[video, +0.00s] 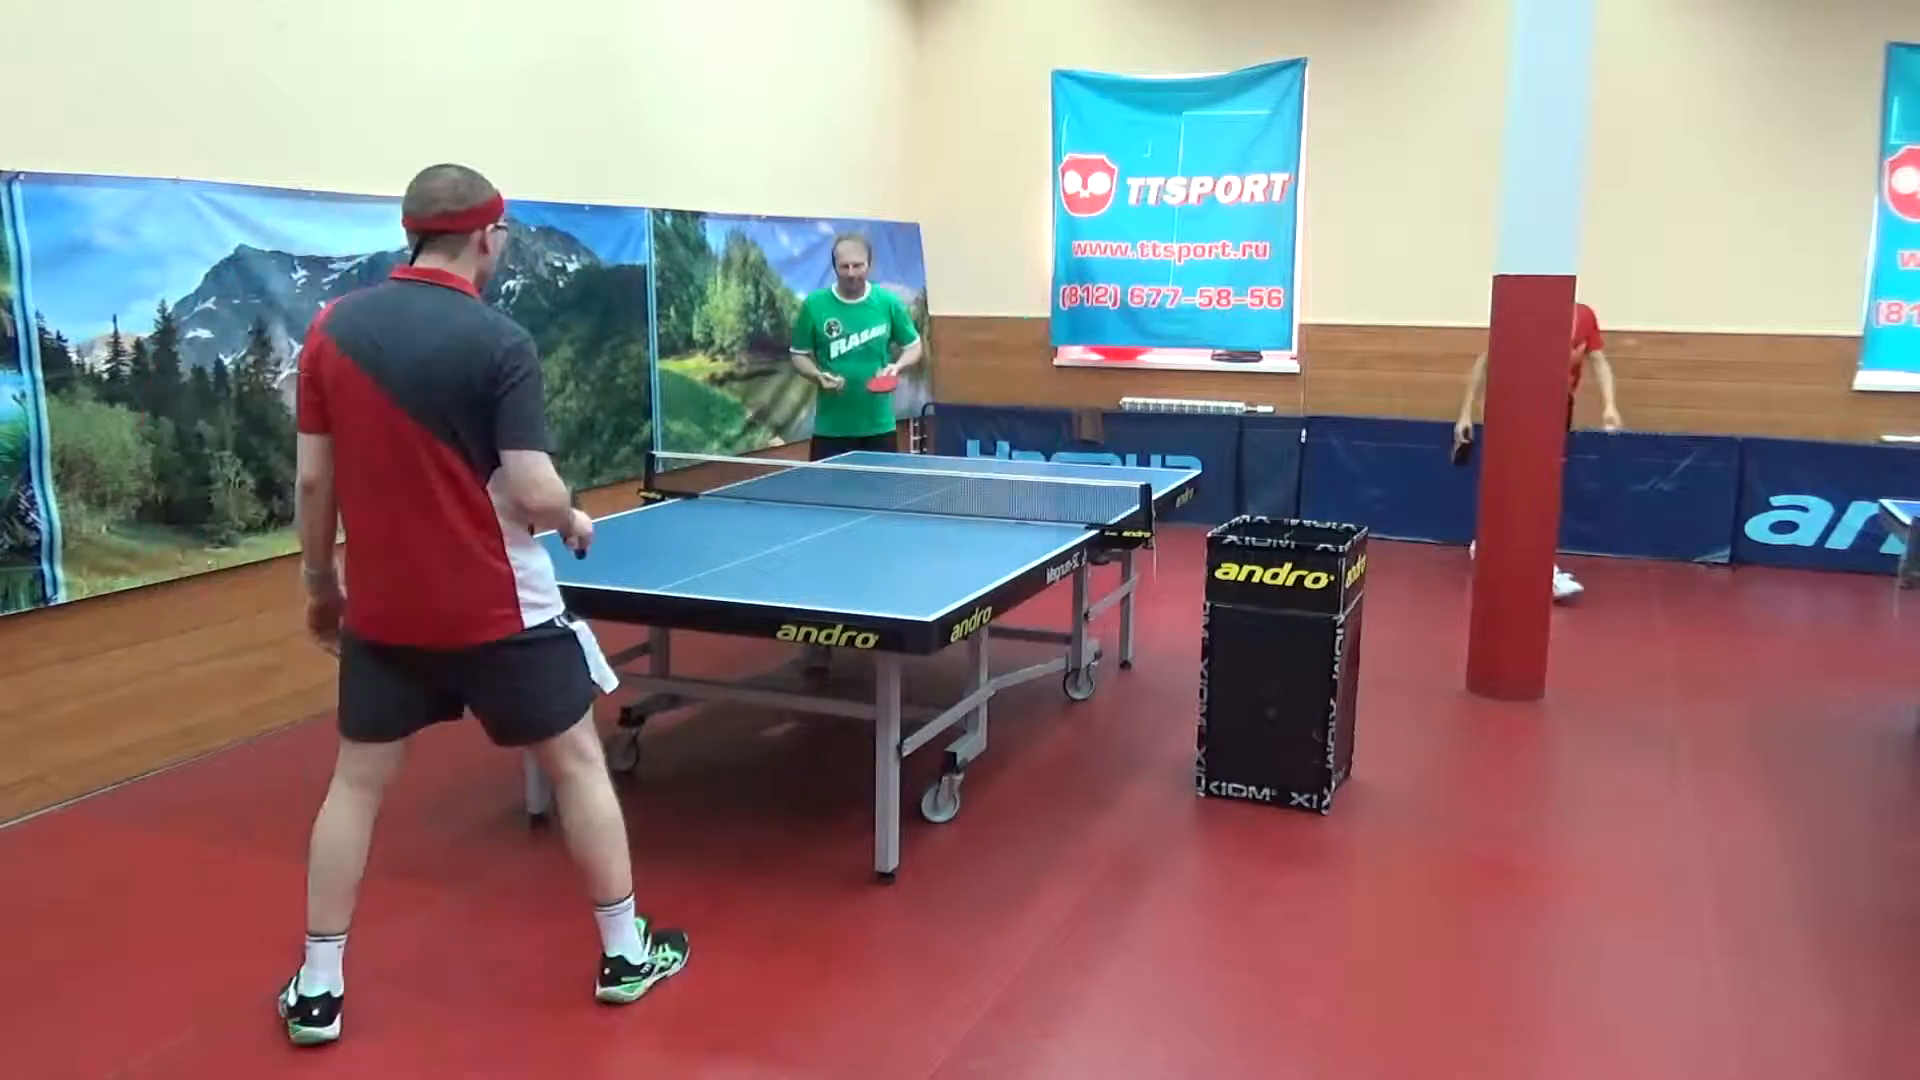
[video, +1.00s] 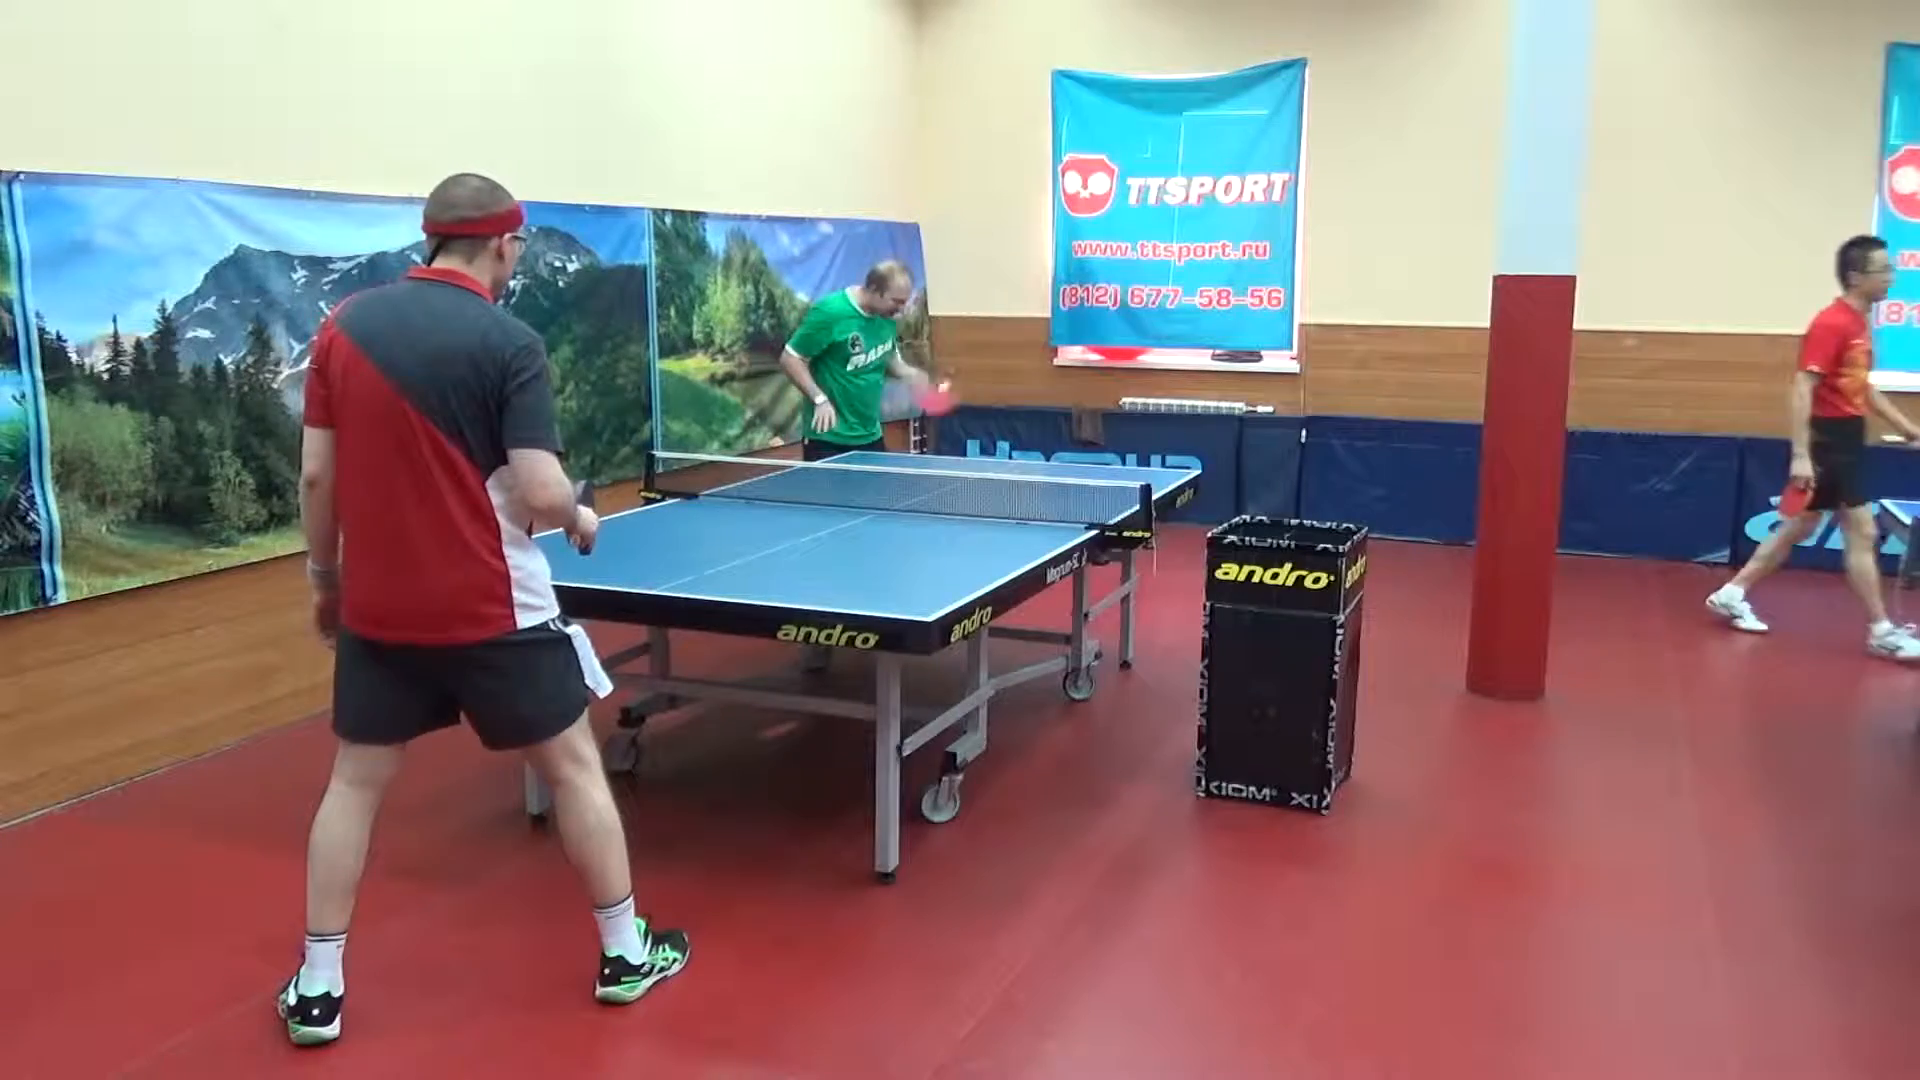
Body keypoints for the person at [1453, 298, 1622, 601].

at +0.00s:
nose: (1551, 286)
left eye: (1556, 279)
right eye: (1545, 282)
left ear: (1565, 281)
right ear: (1532, 283)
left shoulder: (1582, 316)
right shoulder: (1520, 315)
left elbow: (1599, 361)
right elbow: (1483, 363)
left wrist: (1609, 405)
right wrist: (1466, 412)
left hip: (1556, 415)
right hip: (1515, 413)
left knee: (1548, 486)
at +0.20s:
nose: (1625, 274)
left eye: (1629, 266)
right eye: (1617, 267)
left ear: (1631, 269)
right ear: (1594, 270)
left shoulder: (1624, 313)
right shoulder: (1576, 312)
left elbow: (1627, 366)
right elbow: (1555, 367)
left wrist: (1643, 417)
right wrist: (1546, 419)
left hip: (1605, 408)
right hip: (1575, 407)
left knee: (1611, 501)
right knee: (1581, 497)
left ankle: (1553, 530)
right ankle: (1556, 575)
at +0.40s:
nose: (1690, 272)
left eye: (1692, 264)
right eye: (1682, 265)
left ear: (1689, 268)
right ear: (1657, 269)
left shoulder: (1665, 311)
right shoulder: (1640, 310)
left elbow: (1649, 367)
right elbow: (1619, 369)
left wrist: (1655, 412)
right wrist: (1640, 418)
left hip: (1654, 409)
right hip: (1625, 409)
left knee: (1677, 503)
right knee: (1594, 500)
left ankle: (1683, 587)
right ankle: (1558, 574)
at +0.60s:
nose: (1760, 275)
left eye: (1761, 267)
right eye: (1752, 268)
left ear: (1740, 273)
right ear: (1727, 272)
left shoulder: (1731, 314)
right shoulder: (1708, 313)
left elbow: (1723, 379)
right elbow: (1693, 373)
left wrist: (1742, 431)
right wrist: (1731, 420)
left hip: (1722, 422)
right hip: (1694, 421)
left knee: (1732, 514)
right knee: (1683, 520)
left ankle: (1720, 601)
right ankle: (1606, 558)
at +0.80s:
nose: (1821, 268)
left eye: (1821, 260)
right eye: (1813, 260)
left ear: (1796, 266)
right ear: (1787, 264)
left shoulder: (1789, 307)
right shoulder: (1769, 307)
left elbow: (1783, 376)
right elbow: (1744, 371)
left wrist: (1799, 422)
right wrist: (1767, 430)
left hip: (1776, 415)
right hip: (1761, 416)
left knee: (1747, 513)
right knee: (1794, 515)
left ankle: (1719, 597)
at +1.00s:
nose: (1890, 278)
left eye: (1890, 270)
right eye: (1883, 271)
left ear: (1865, 276)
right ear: (1855, 276)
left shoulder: (1857, 321)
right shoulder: (1831, 322)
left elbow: (1863, 388)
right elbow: (1802, 386)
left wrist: (1906, 427)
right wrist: (1800, 454)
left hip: (1846, 434)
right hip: (1830, 436)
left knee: (1798, 525)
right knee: (1861, 529)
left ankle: (1732, 592)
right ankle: (1881, 628)